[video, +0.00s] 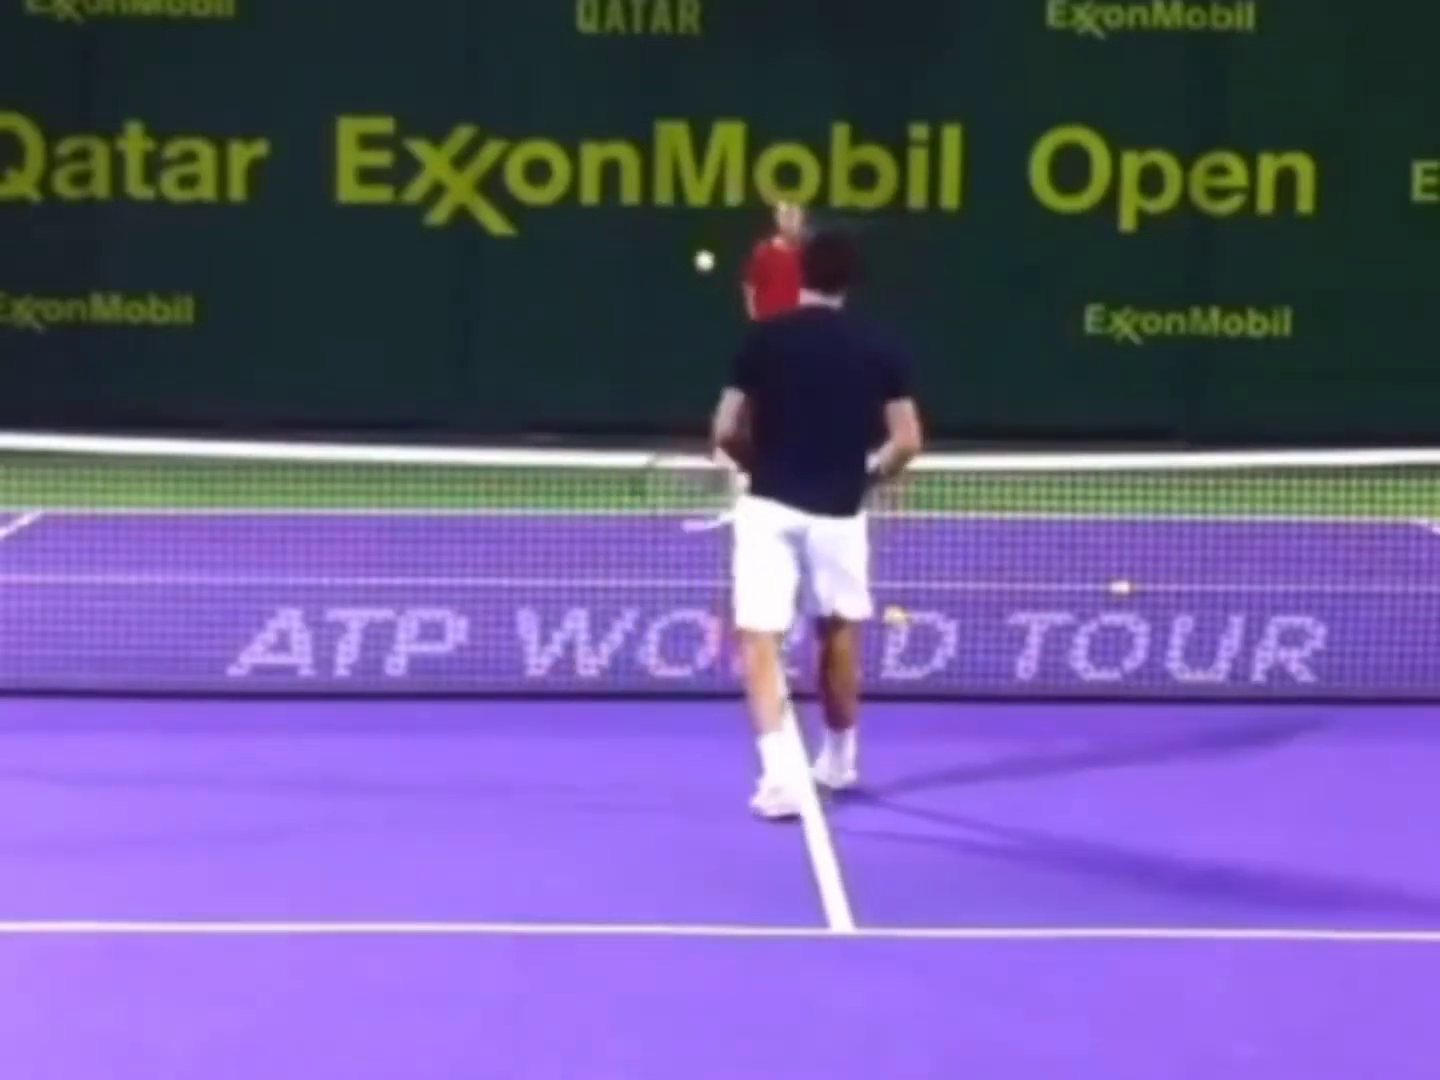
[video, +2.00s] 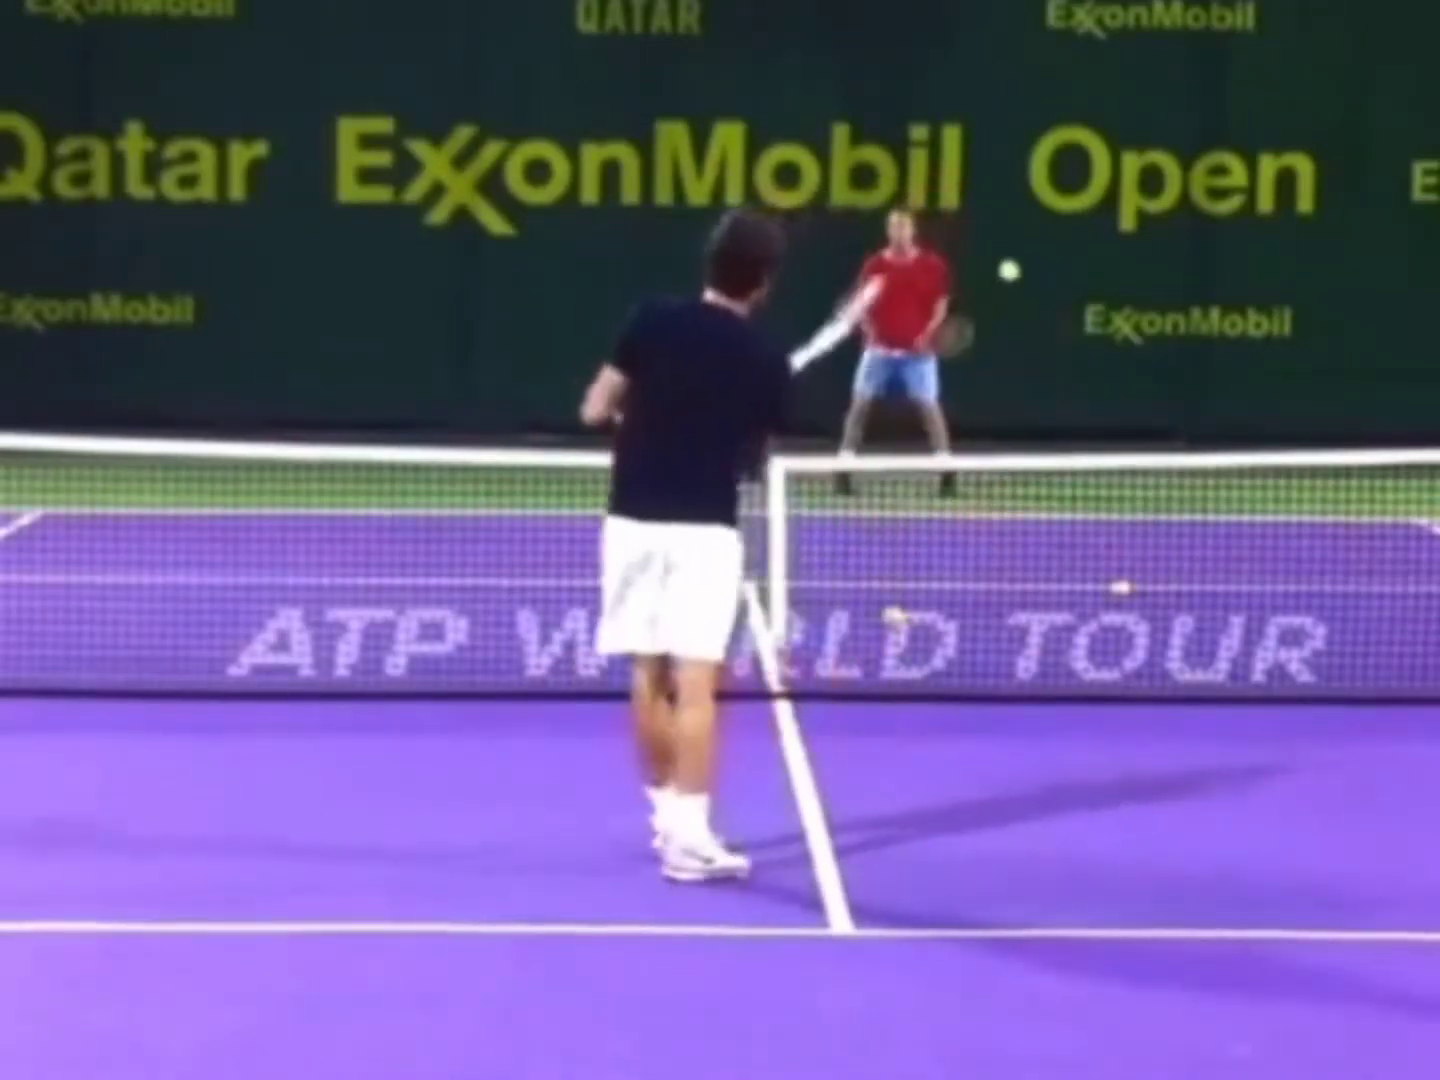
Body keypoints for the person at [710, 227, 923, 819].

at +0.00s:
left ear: (800, 278)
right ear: (852, 282)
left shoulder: (765, 337)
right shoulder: (874, 345)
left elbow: (726, 429)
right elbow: (906, 439)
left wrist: (764, 462)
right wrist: (867, 472)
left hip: (768, 505)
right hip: (840, 514)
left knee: (760, 642)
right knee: (841, 634)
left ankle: (783, 774)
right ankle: (840, 760)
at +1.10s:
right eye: (844, 265)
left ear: (794, 264)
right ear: (849, 271)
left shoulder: (751, 327)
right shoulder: (867, 340)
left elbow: (710, 413)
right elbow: (899, 442)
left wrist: (757, 426)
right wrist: (870, 477)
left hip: (749, 511)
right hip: (826, 516)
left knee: (720, 655)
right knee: (848, 659)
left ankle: (694, 794)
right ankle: (859, 806)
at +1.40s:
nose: (784, 274)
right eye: (786, 265)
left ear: (731, 264)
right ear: (786, 271)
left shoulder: (688, 324)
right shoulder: (787, 339)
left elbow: (623, 408)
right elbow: (816, 446)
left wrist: (669, 445)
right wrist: (873, 480)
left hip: (683, 518)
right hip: (758, 523)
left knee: (684, 664)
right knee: (794, 657)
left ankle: (680, 815)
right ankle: (826, 800)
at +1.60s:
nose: (777, 279)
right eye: (779, 270)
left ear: (722, 260)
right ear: (774, 274)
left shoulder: (666, 316)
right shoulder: (767, 341)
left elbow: (591, 389)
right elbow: (803, 441)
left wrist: (625, 446)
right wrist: (862, 487)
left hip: (657, 517)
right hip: (733, 523)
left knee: (664, 666)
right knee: (764, 662)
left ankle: (675, 815)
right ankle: (758, 810)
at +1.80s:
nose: (771, 281)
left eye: (765, 268)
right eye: (774, 272)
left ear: (714, 261)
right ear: (768, 277)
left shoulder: (659, 317)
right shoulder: (765, 348)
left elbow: (588, 389)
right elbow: (767, 446)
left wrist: (634, 424)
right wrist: (773, 453)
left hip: (646, 515)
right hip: (716, 522)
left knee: (659, 671)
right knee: (715, 672)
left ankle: (673, 813)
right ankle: (698, 812)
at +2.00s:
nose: (765, 287)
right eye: (767, 278)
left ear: (707, 268)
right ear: (764, 285)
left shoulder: (654, 323)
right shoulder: (765, 358)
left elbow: (596, 408)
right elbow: (763, 450)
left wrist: (652, 413)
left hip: (633, 523)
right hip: (707, 530)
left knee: (649, 676)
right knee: (697, 683)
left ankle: (665, 811)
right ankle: (690, 827)